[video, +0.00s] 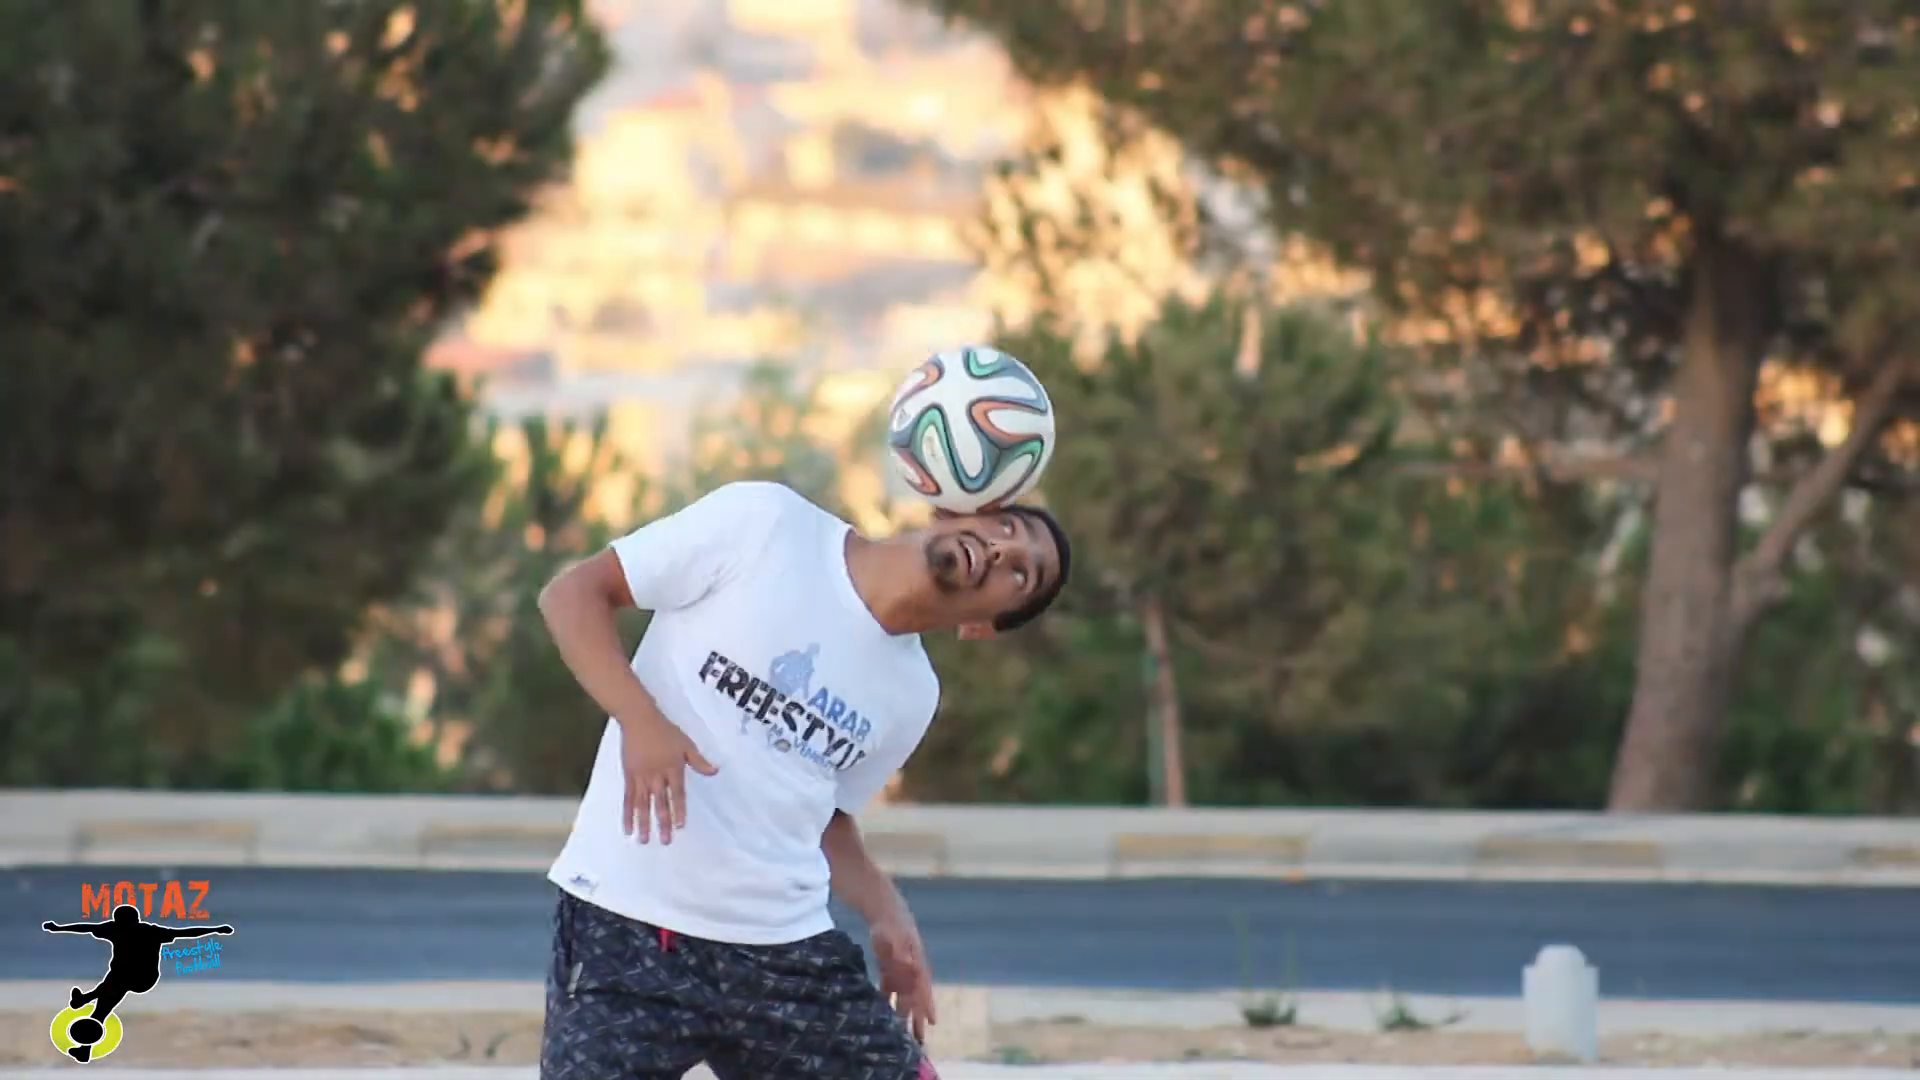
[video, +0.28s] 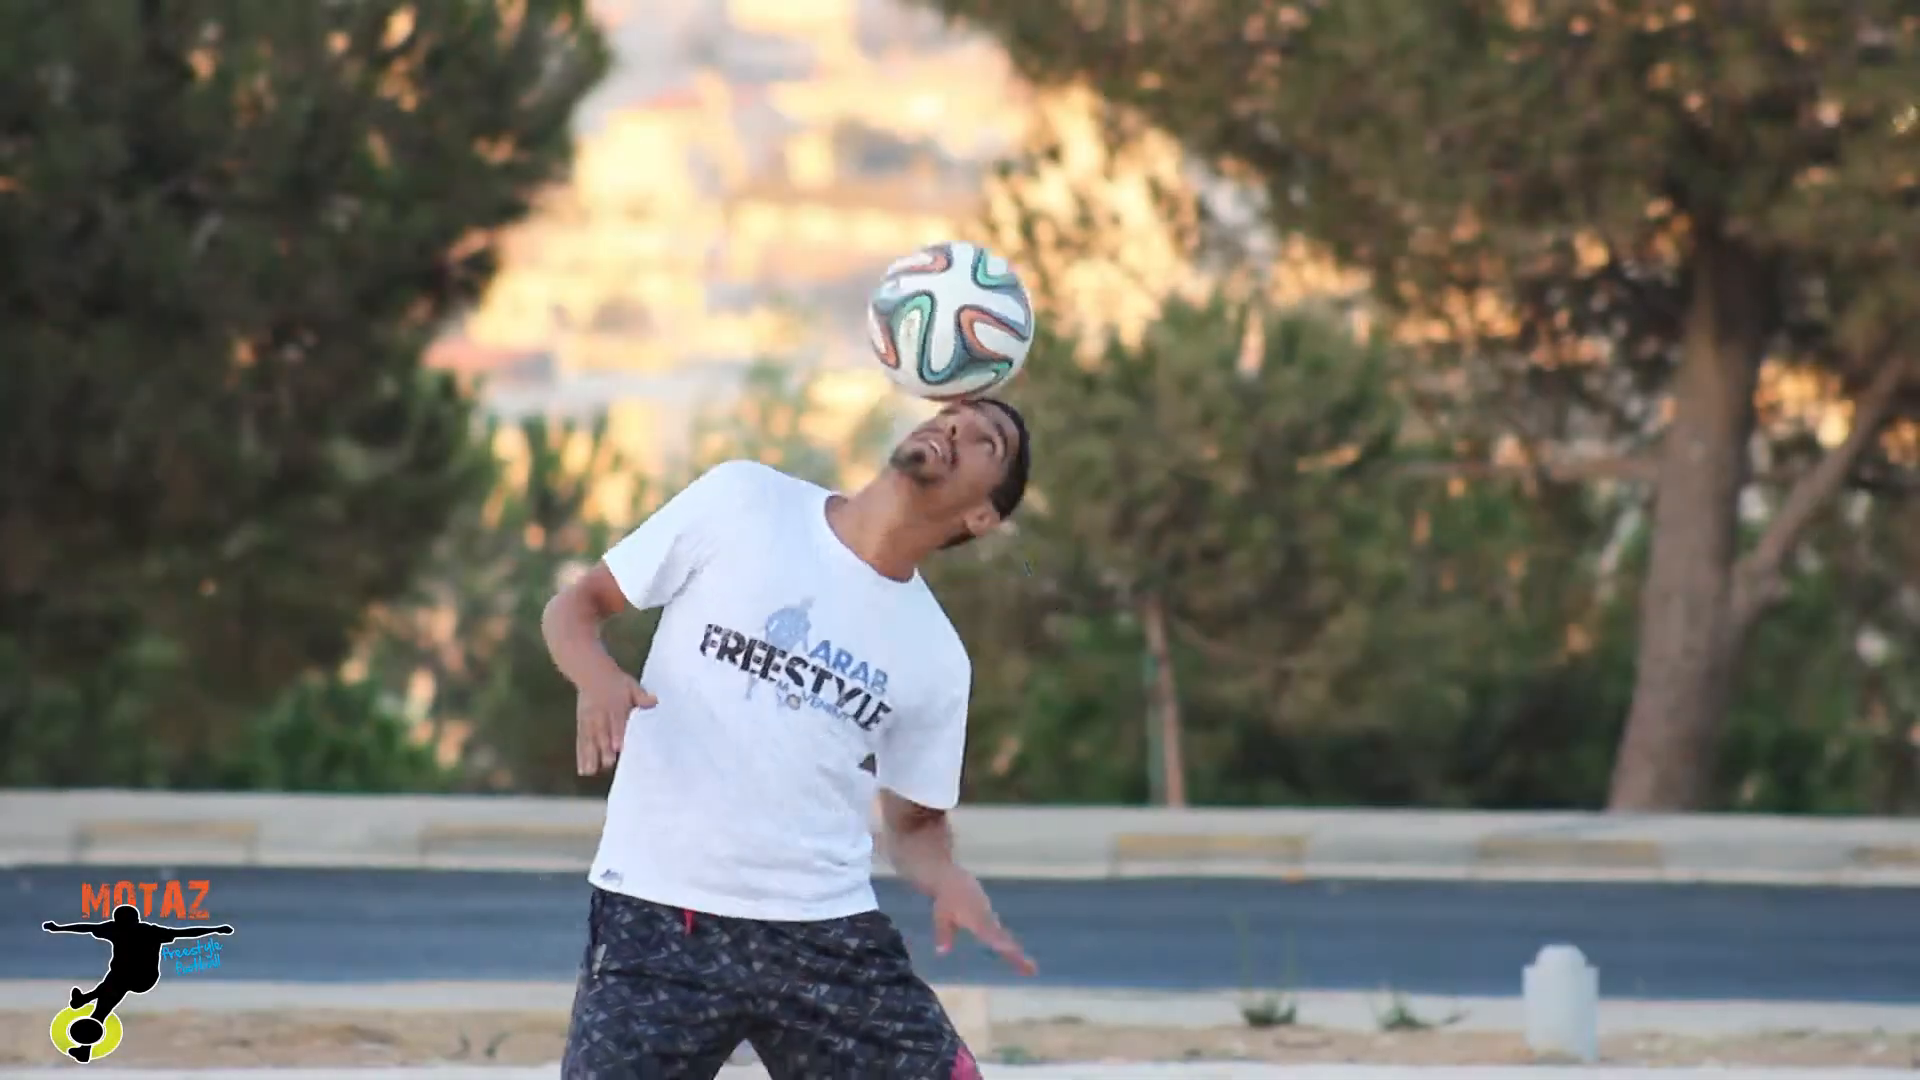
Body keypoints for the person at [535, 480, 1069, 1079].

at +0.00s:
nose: (1000, 548)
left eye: (1021, 574)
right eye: (1006, 524)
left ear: (981, 627)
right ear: (953, 511)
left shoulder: (911, 693)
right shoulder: (764, 521)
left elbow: (828, 814)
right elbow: (572, 594)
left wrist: (885, 912)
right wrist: (641, 718)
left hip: (789, 968)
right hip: (624, 945)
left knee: (904, 1069)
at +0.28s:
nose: (953, 427)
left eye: (986, 440)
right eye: (951, 412)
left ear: (982, 517)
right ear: (909, 434)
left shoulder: (935, 660)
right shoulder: (739, 497)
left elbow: (917, 817)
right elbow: (572, 607)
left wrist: (945, 876)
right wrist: (597, 676)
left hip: (829, 947)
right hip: (656, 932)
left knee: (943, 1071)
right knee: (605, 1066)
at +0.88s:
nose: (748, 377)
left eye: (762, 362)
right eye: (724, 391)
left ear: (819, 391)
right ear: (735, 465)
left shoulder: (969, 497)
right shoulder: (739, 573)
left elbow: (1097, 650)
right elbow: (718, 766)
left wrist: (1095, 722)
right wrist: (653, 760)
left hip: (941, 919)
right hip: (763, 919)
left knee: (1045, 1073)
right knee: (671, 1074)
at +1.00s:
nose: (884, 317)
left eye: (905, 315)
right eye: (858, 313)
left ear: (935, 377)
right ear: (819, 377)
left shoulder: (1002, 521)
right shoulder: (748, 492)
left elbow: (1047, 703)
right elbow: (651, 664)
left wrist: (1117, 755)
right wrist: (662, 668)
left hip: (940, 901)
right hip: (763, 891)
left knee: (1039, 1070)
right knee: (676, 1070)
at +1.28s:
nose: (1121, 506)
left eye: (1146, 530)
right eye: (1118, 490)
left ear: (1112, 599)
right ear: (1065, 498)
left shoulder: (1034, 681)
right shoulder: (891, 501)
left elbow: (950, 814)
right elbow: (708, 571)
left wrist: (1068, 878)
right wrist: (744, 660)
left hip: (896, 944)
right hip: (729, 925)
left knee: (1043, 1074)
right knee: (650, 1074)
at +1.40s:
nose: (1200, 584)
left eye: (1220, 611)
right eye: (1206, 567)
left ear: (1174, 668)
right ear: (1158, 556)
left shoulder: (1086, 731)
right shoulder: (970, 532)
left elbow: (992, 831)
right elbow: (782, 553)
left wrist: (1088, 895)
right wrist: (743, 677)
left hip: (925, 944)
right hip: (760, 909)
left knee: (1061, 1072)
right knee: (672, 1071)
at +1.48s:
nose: (1198, 492)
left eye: (1226, 515)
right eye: (1200, 480)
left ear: (1201, 585)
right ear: (1152, 489)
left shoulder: (1123, 691)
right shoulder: (975, 499)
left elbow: (1050, 828)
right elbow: (798, 560)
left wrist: (1136, 926)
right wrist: (747, 665)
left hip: (963, 936)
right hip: (796, 899)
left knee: (1079, 1071)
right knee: (706, 1069)